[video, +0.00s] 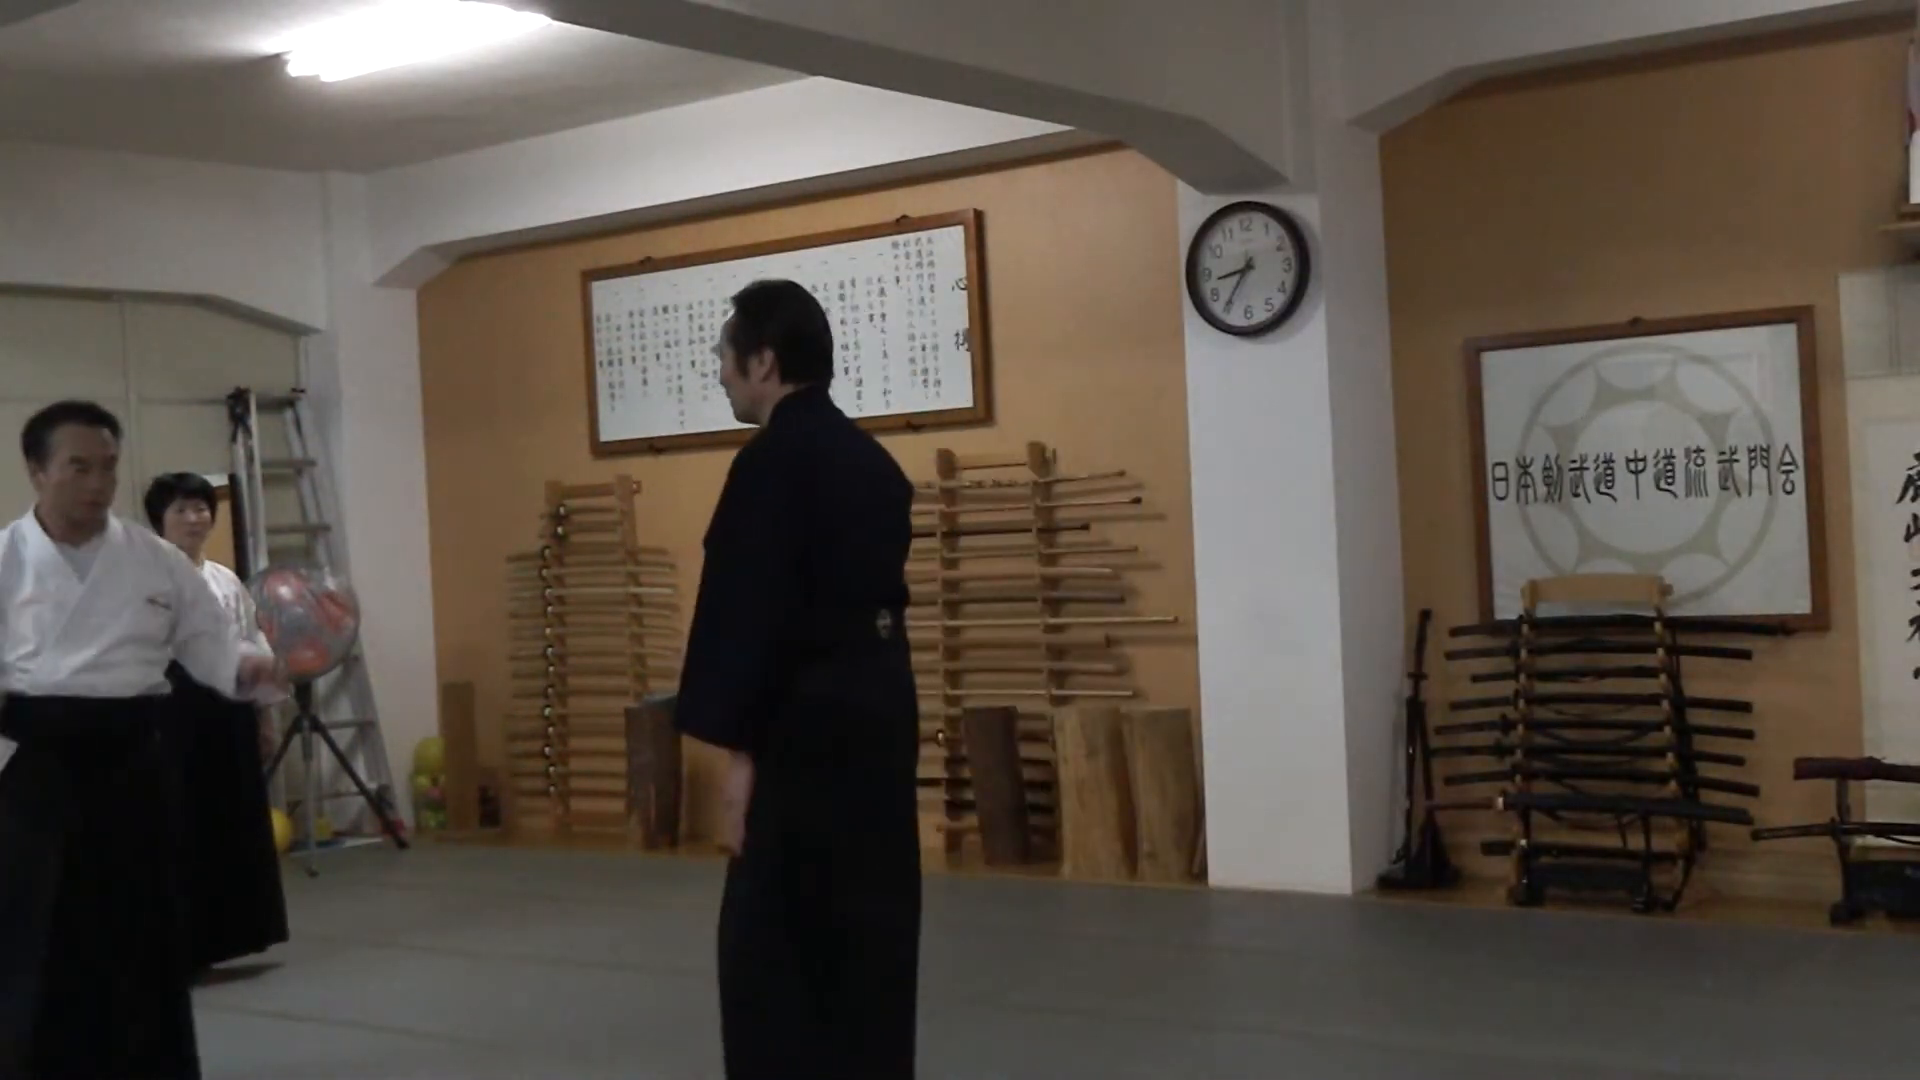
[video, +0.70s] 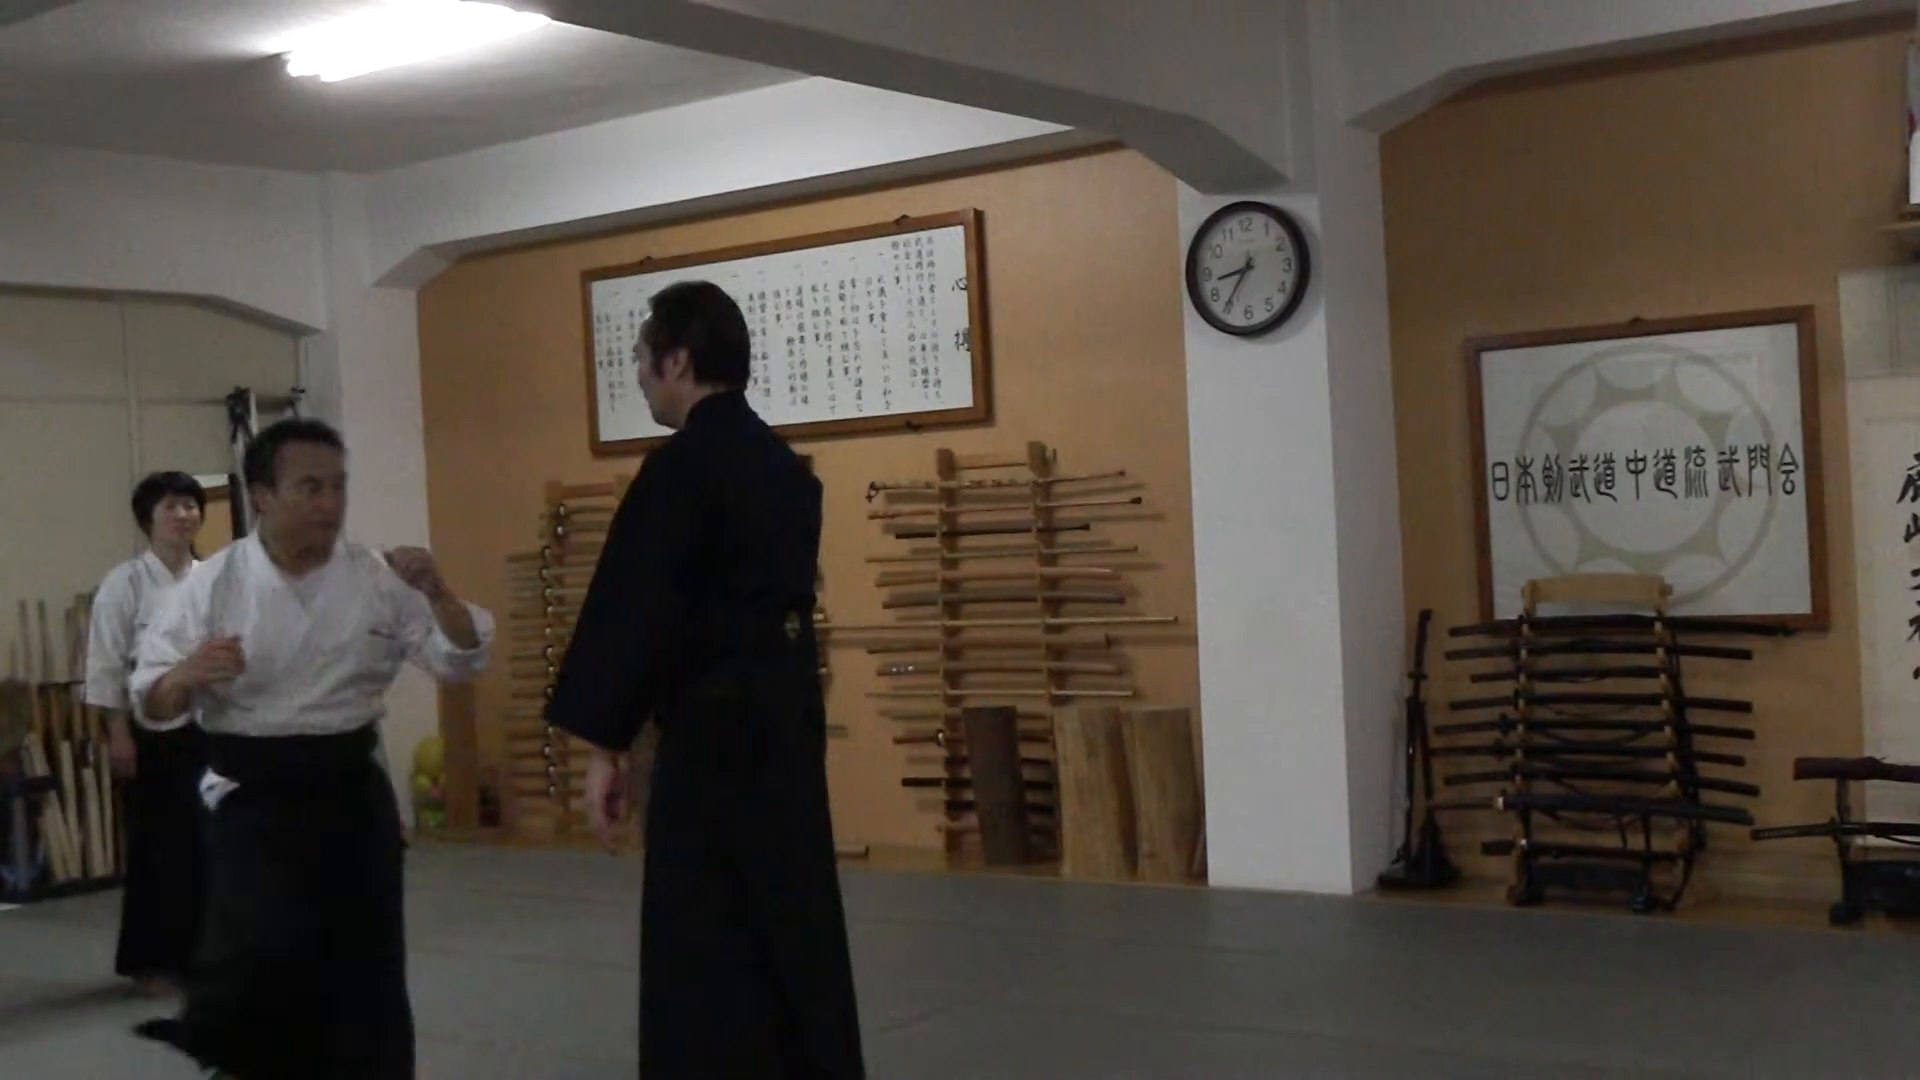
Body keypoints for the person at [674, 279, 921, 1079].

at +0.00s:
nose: (723, 377)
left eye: (729, 360)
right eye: (724, 360)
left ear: (766, 363)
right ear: (807, 364)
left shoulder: (769, 462)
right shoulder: (871, 459)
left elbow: (742, 614)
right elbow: (875, 610)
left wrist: (738, 761)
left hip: (800, 737)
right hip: (879, 727)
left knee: (770, 942)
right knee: (867, 932)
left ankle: (783, 1068)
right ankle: (867, 1067)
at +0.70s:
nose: (641, 379)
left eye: (646, 361)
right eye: (641, 362)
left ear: (679, 362)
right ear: (731, 361)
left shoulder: (679, 465)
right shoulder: (784, 462)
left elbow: (632, 605)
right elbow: (766, 613)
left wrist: (607, 746)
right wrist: (649, 741)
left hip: (706, 734)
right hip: (787, 722)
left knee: (697, 935)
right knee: (788, 924)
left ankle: (703, 1071)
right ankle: (799, 1070)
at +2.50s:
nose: (1016, 375)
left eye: (1019, 353)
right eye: (1012, 356)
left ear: (1067, 343)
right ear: (1085, 340)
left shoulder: (1109, 439)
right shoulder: (1155, 425)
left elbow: (1109, 611)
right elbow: (1197, 590)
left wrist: (1107, 764)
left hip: (1165, 725)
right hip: (1210, 707)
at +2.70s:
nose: (1052, 361)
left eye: (1057, 340)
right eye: (1050, 342)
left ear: (1105, 336)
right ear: (1120, 335)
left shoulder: (1134, 439)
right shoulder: (1197, 425)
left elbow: (1128, 612)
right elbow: (1224, 597)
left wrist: (1121, 765)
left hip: (1177, 744)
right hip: (1235, 729)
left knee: (1193, 971)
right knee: (1274, 949)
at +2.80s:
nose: (1063, 364)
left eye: (1066, 342)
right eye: (1059, 345)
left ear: (1114, 333)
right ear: (1147, 330)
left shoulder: (1135, 438)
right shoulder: (1214, 428)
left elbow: (1118, 605)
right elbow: (1235, 592)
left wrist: (1110, 762)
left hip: (1175, 740)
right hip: (1239, 722)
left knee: (1187, 965)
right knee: (1259, 949)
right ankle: (1282, 1068)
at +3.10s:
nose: (1065, 357)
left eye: (1071, 335)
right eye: (1064, 336)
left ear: (1117, 331)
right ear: (1139, 332)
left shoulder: (1130, 439)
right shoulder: (1222, 430)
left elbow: (1092, 597)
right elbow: (1222, 595)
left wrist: (1067, 753)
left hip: (1167, 727)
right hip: (1238, 714)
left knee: (1158, 943)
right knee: (1243, 932)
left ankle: (1164, 1067)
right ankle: (1252, 1067)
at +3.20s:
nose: (1061, 357)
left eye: (1068, 336)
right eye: (1060, 338)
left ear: (1112, 332)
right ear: (1136, 333)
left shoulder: (1121, 438)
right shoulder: (1218, 432)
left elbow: (1083, 595)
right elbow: (1213, 598)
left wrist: (1061, 748)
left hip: (1161, 727)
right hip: (1232, 713)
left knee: (1149, 946)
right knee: (1237, 935)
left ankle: (1154, 1067)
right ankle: (1245, 1066)